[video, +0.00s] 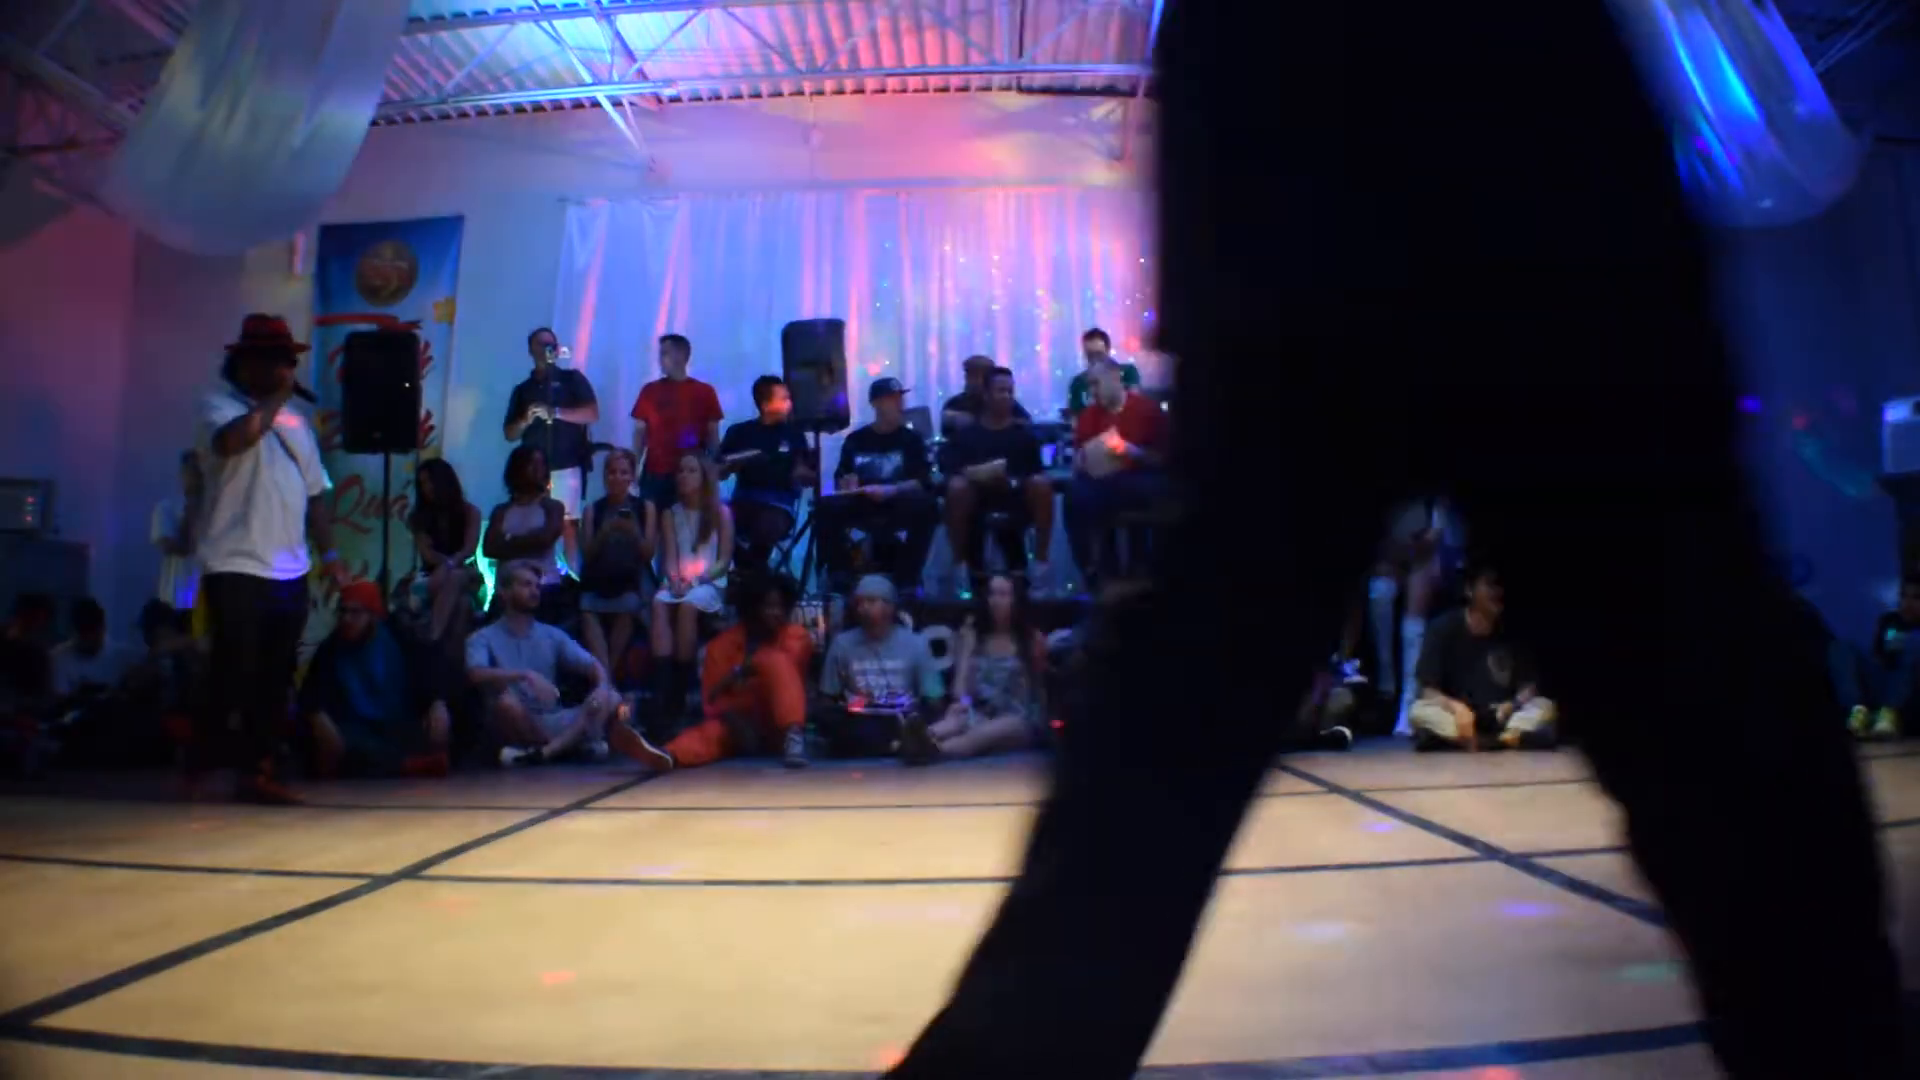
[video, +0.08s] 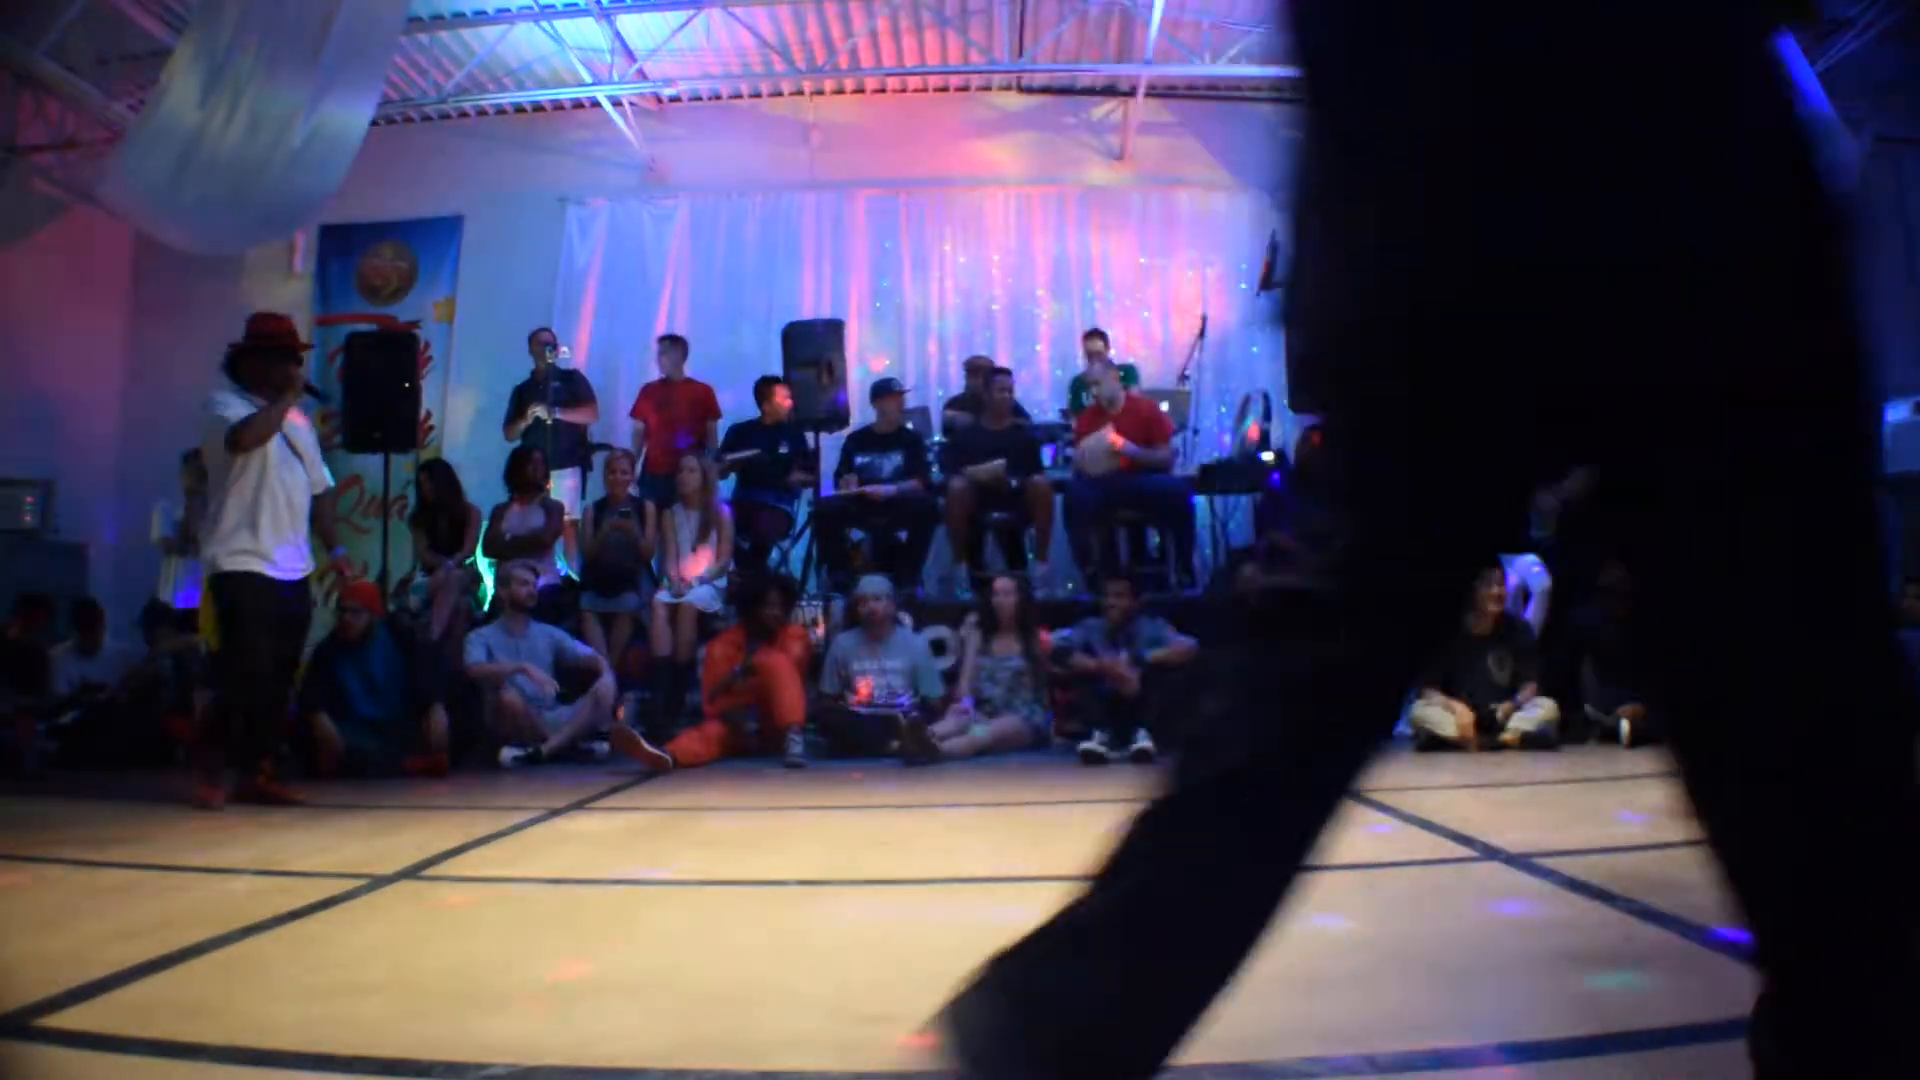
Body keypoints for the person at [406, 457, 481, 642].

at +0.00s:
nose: (426, 489)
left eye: (430, 482)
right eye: (422, 483)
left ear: (443, 482)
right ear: (419, 486)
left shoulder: (469, 512)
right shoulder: (420, 515)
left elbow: (470, 547)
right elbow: (425, 550)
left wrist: (450, 564)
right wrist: (447, 562)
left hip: (465, 570)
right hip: (433, 573)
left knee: (453, 576)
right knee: (463, 601)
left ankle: (433, 636)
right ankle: (454, 659)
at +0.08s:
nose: (425, 490)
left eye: (429, 483)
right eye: (422, 484)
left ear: (442, 482)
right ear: (419, 486)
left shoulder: (470, 512)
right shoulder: (419, 516)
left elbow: (469, 548)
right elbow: (423, 553)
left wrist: (448, 566)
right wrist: (446, 564)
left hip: (464, 572)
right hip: (432, 576)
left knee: (452, 577)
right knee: (461, 604)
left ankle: (432, 636)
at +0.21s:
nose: (424, 491)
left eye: (428, 484)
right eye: (420, 485)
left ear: (442, 482)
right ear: (418, 486)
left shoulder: (469, 513)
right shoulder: (417, 515)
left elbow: (462, 553)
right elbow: (413, 554)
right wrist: (446, 564)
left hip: (462, 579)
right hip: (424, 580)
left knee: (450, 575)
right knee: (458, 604)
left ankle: (428, 637)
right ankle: (452, 667)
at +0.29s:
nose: (423, 493)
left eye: (427, 486)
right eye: (421, 487)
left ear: (441, 485)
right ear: (419, 488)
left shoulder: (470, 515)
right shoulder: (419, 515)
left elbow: (460, 556)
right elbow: (405, 553)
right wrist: (438, 561)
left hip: (460, 581)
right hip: (424, 583)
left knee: (451, 577)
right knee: (459, 603)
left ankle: (426, 637)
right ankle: (451, 665)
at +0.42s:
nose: (423, 494)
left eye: (426, 487)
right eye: (422, 487)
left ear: (439, 486)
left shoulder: (473, 515)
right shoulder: (422, 514)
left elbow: (465, 557)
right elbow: (398, 550)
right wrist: (428, 552)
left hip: (466, 581)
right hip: (430, 582)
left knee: (453, 577)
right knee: (461, 605)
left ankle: (428, 636)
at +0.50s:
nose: (426, 495)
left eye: (430, 488)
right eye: (424, 488)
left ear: (444, 487)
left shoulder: (473, 516)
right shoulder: (424, 516)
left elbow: (468, 557)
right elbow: (397, 549)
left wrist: (440, 577)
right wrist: (421, 546)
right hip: (434, 584)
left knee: (453, 580)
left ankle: (429, 638)